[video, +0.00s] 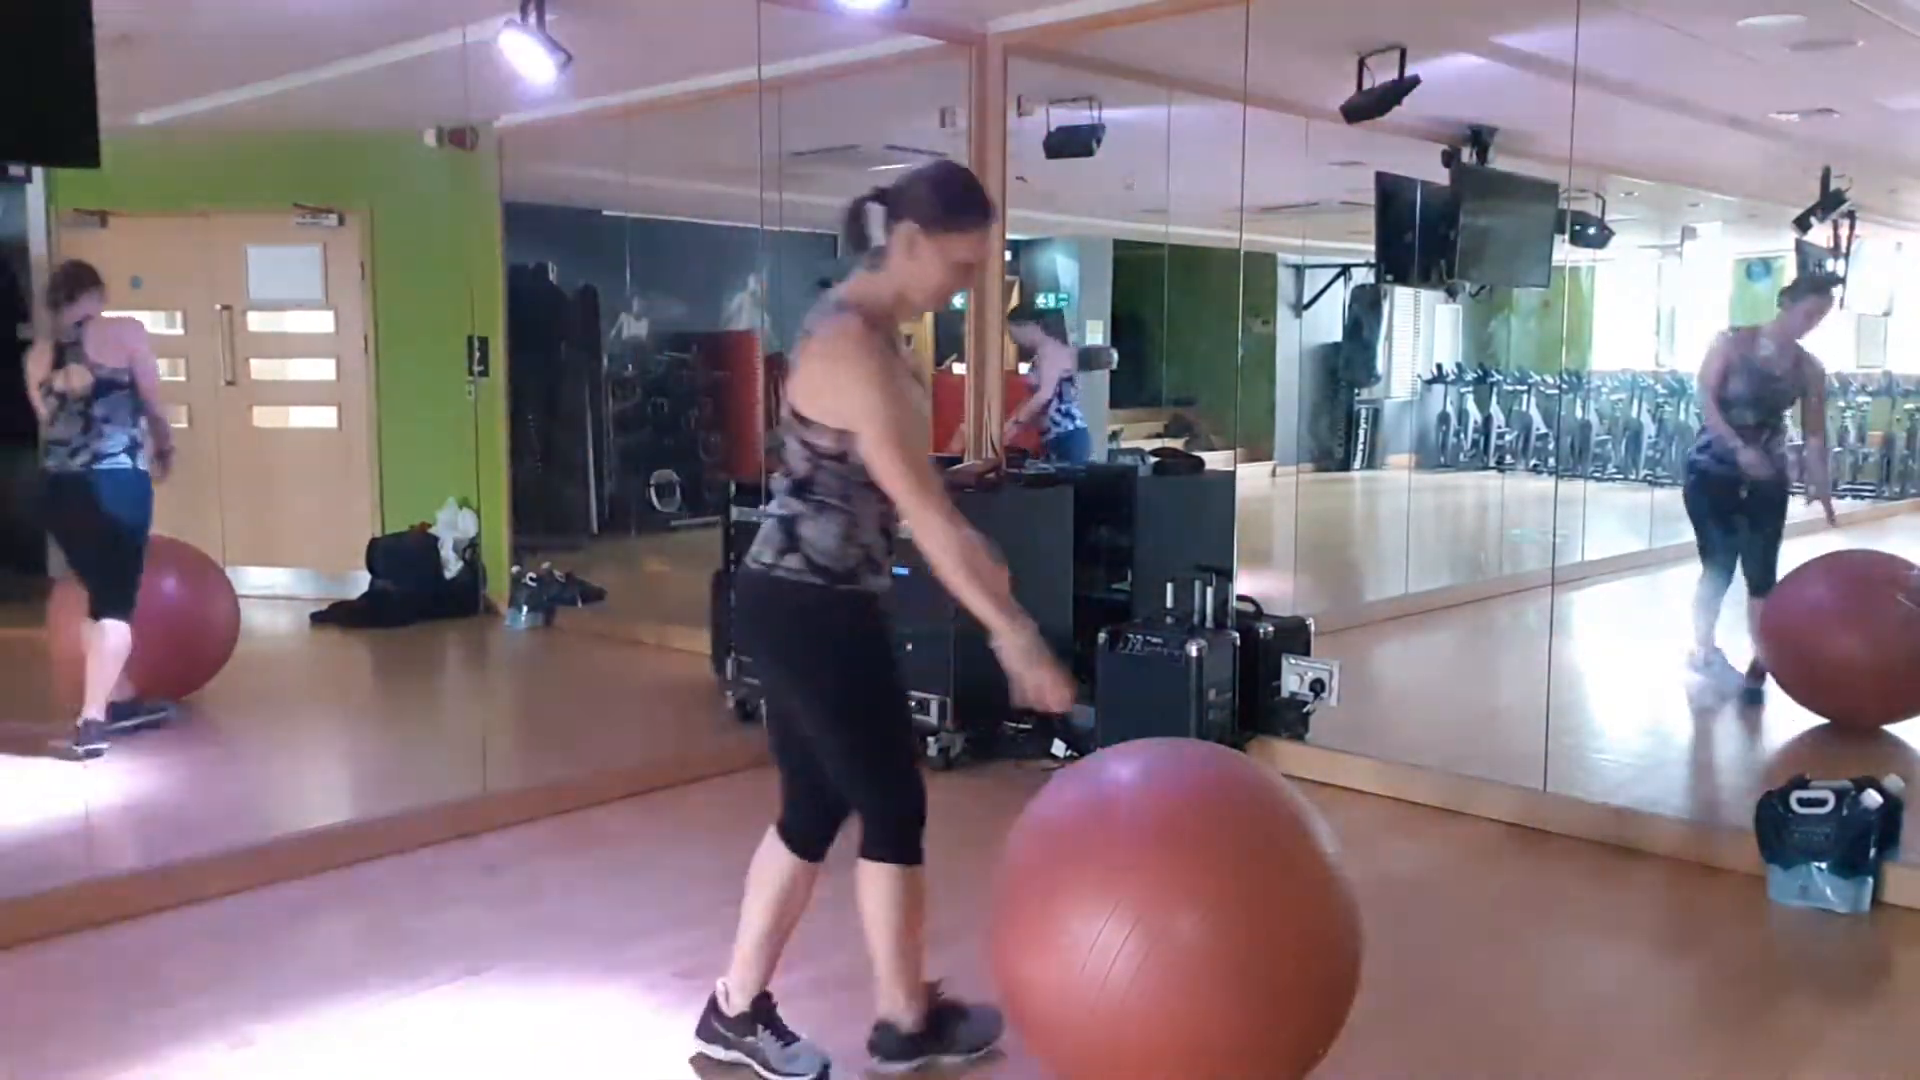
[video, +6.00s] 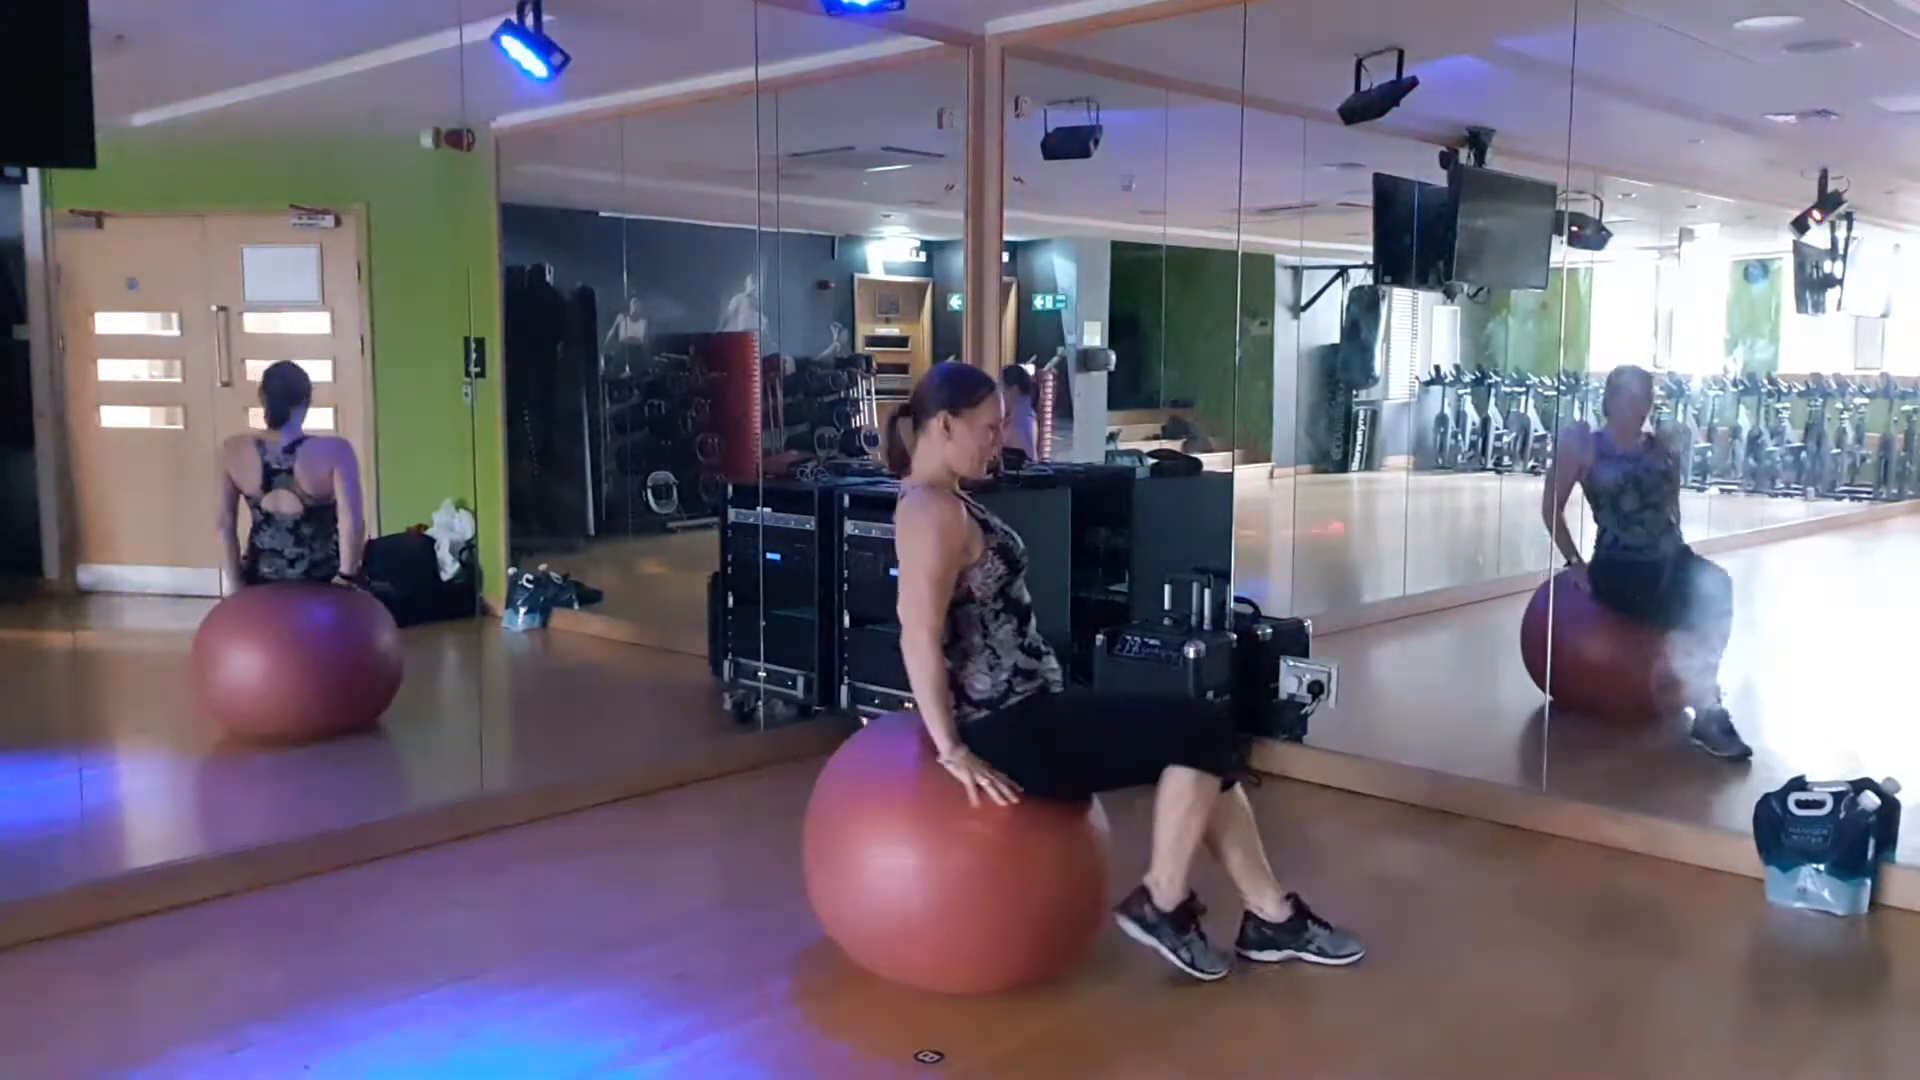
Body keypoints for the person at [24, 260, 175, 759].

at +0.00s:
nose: (101, 302)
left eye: (94, 295)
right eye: (99, 294)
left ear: (54, 300)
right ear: (96, 295)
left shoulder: (38, 355)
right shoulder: (127, 332)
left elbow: (47, 420)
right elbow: (151, 400)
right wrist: (163, 442)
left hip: (61, 482)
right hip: (119, 477)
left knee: (102, 593)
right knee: (115, 600)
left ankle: (120, 697)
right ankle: (91, 719)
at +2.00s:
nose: (290, 373)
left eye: (293, 364)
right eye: (291, 365)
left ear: (310, 361)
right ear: (336, 367)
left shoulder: (274, 417)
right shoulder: (374, 424)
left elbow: (261, 482)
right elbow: (367, 483)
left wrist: (252, 541)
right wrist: (347, 539)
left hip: (280, 546)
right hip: (339, 545)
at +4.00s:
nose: (248, 384)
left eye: (252, 376)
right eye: (250, 376)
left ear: (268, 384)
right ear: (298, 384)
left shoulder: (237, 442)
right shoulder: (340, 436)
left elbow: (235, 512)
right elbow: (354, 501)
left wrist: (241, 570)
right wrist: (357, 562)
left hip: (270, 574)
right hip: (330, 570)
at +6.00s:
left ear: (262, 398)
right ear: (307, 400)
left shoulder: (234, 450)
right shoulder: (335, 452)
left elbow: (225, 525)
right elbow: (352, 525)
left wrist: (235, 586)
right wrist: (346, 576)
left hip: (262, 582)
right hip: (321, 581)